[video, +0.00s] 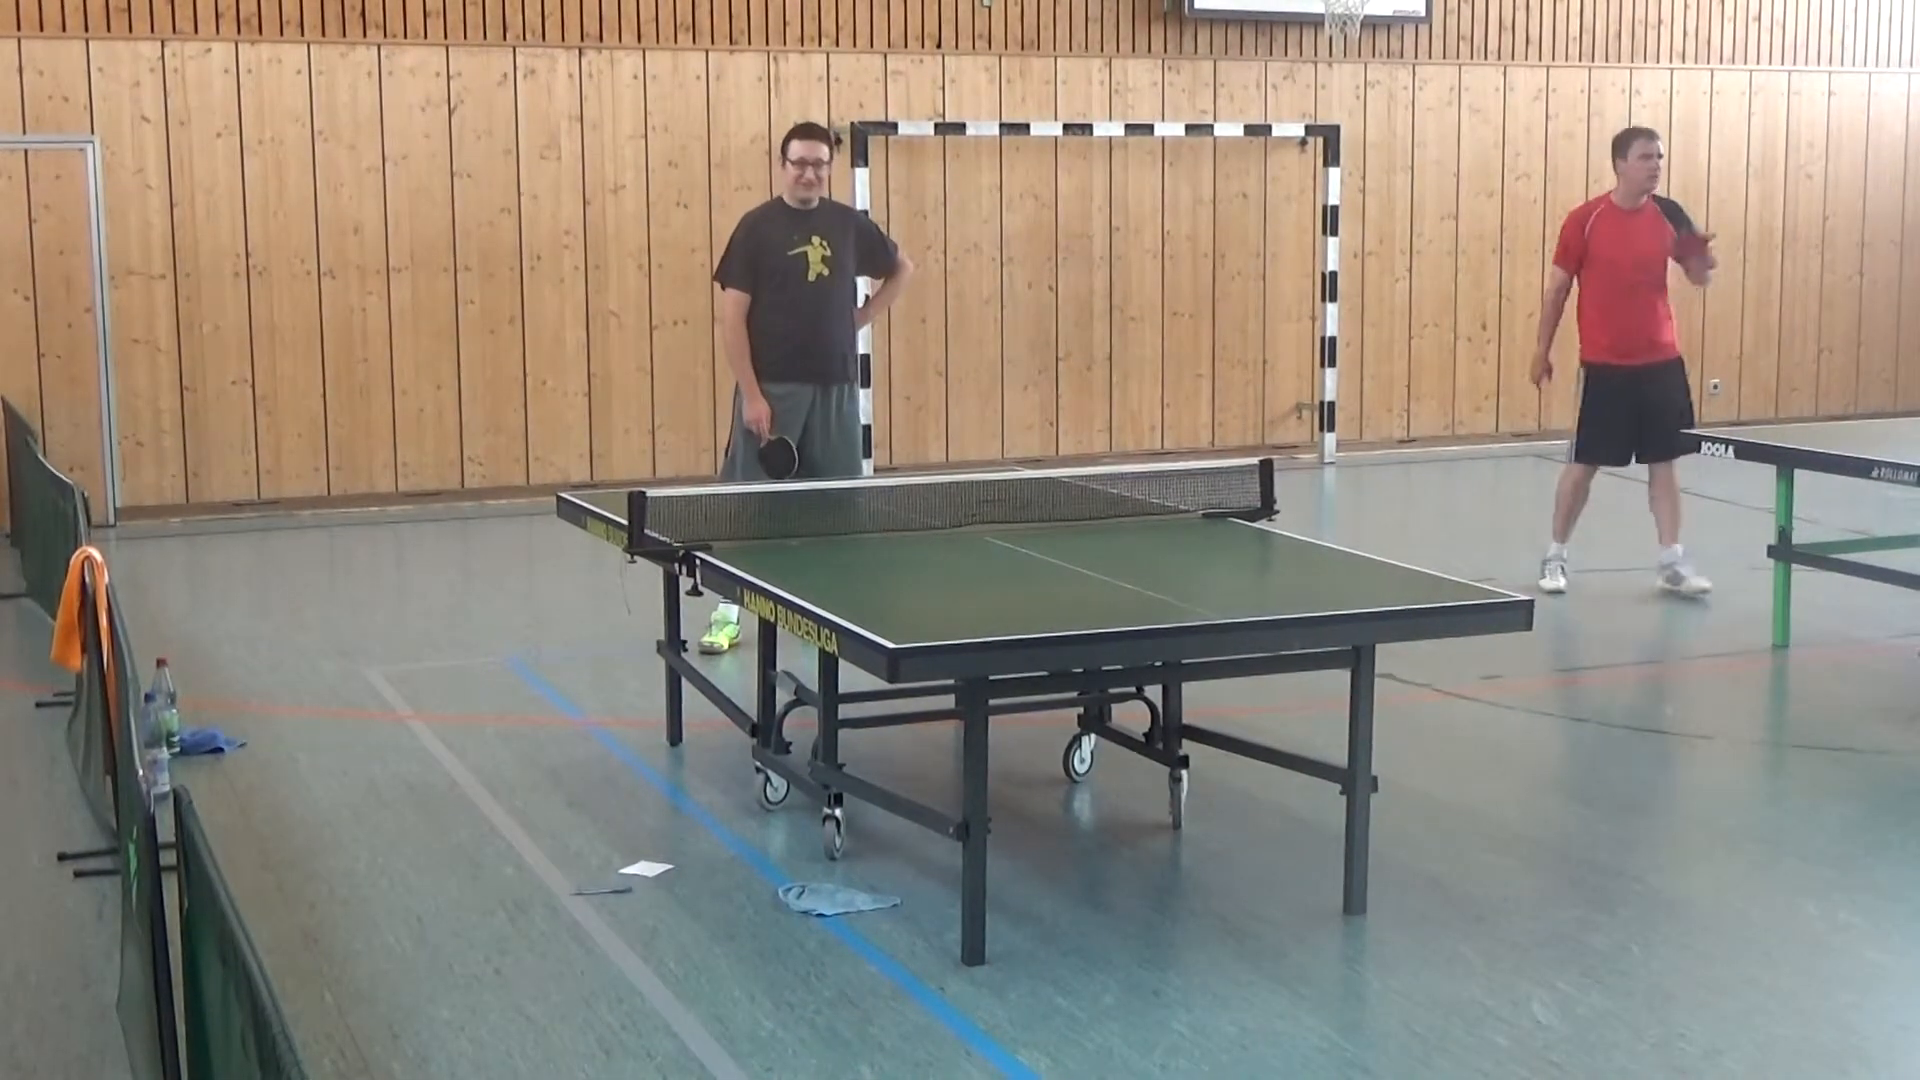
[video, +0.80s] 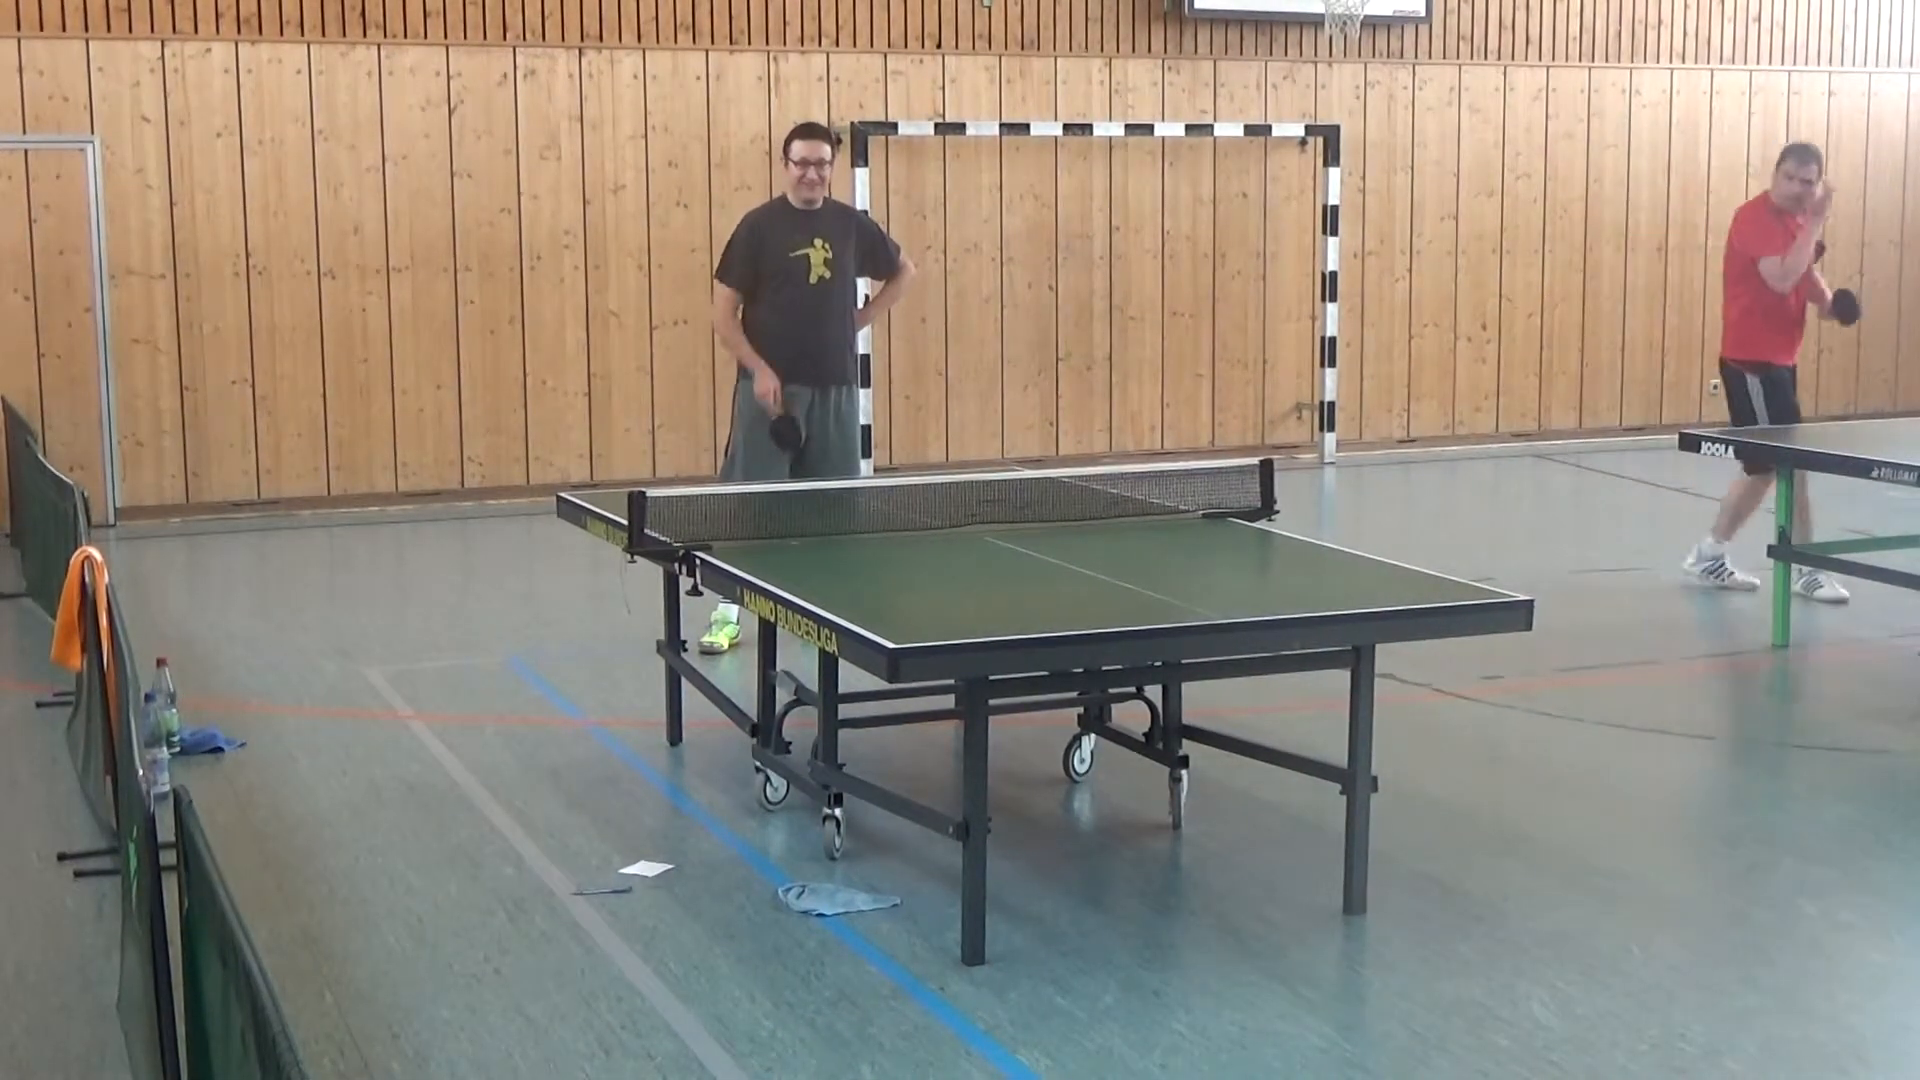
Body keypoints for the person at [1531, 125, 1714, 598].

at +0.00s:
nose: (1657, 165)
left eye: (1659, 157)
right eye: (1647, 157)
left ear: (1660, 165)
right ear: (1620, 164)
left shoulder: (1668, 216)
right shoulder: (1584, 219)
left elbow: (1698, 277)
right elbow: (1558, 287)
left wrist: (1700, 257)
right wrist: (1542, 351)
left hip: (1660, 362)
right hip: (1605, 364)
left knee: (1664, 461)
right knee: (1585, 462)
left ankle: (1671, 561)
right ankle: (1556, 556)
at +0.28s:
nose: (1714, 172)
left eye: (1716, 164)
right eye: (1705, 163)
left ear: (1709, 171)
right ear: (1677, 168)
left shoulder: (1709, 225)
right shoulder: (1642, 220)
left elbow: (1729, 288)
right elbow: (1591, 279)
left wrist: (1751, 265)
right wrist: (1574, 348)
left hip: (1695, 369)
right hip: (1644, 370)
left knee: (1702, 464)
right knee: (1606, 465)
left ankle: (1701, 560)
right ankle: (1553, 551)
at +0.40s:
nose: (1736, 174)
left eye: (1740, 166)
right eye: (1727, 164)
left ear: (1741, 172)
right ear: (1701, 168)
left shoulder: (1734, 222)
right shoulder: (1671, 218)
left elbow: (1731, 280)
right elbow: (1618, 271)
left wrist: (1750, 294)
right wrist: (1628, 338)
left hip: (1721, 363)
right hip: (1676, 362)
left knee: (1712, 462)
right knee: (1660, 463)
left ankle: (1702, 561)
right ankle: (1579, 543)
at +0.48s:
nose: (1746, 174)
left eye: (1754, 167)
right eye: (1739, 164)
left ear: (1759, 174)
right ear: (1718, 166)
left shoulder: (1751, 220)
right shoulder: (1686, 214)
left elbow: (1753, 270)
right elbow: (1640, 275)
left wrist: (1761, 299)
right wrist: (1678, 312)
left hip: (1731, 355)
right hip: (1691, 353)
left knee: (1719, 458)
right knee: (1698, 456)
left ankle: (1701, 561)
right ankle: (1617, 536)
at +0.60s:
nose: (1762, 177)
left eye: (1772, 171)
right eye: (1756, 166)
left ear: (1781, 176)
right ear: (1739, 165)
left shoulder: (1773, 218)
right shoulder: (1708, 213)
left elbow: (1770, 276)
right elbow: (1685, 282)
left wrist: (1780, 298)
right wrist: (1747, 263)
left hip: (1745, 353)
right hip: (1709, 352)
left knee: (1734, 459)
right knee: (1742, 453)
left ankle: (1707, 558)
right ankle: (1697, 560)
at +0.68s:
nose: (1773, 181)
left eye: (1784, 175)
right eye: (1767, 170)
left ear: (1793, 180)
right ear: (1752, 168)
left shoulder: (1783, 222)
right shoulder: (1726, 214)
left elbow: (1789, 278)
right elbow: (1728, 281)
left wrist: (1801, 303)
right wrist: (1779, 241)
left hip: (1757, 356)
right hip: (1725, 354)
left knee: (1736, 459)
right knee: (1765, 451)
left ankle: (1700, 560)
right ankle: (1760, 565)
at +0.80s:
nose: (1799, 188)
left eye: (1808, 182)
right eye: (1792, 178)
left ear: (1817, 184)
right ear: (1774, 175)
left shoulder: (1802, 220)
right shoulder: (1753, 218)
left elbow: (1806, 271)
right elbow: (1780, 277)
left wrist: (1829, 302)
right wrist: (1812, 222)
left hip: (1778, 359)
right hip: (1750, 360)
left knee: (1763, 465)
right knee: (1791, 461)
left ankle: (1709, 554)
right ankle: (1802, 569)